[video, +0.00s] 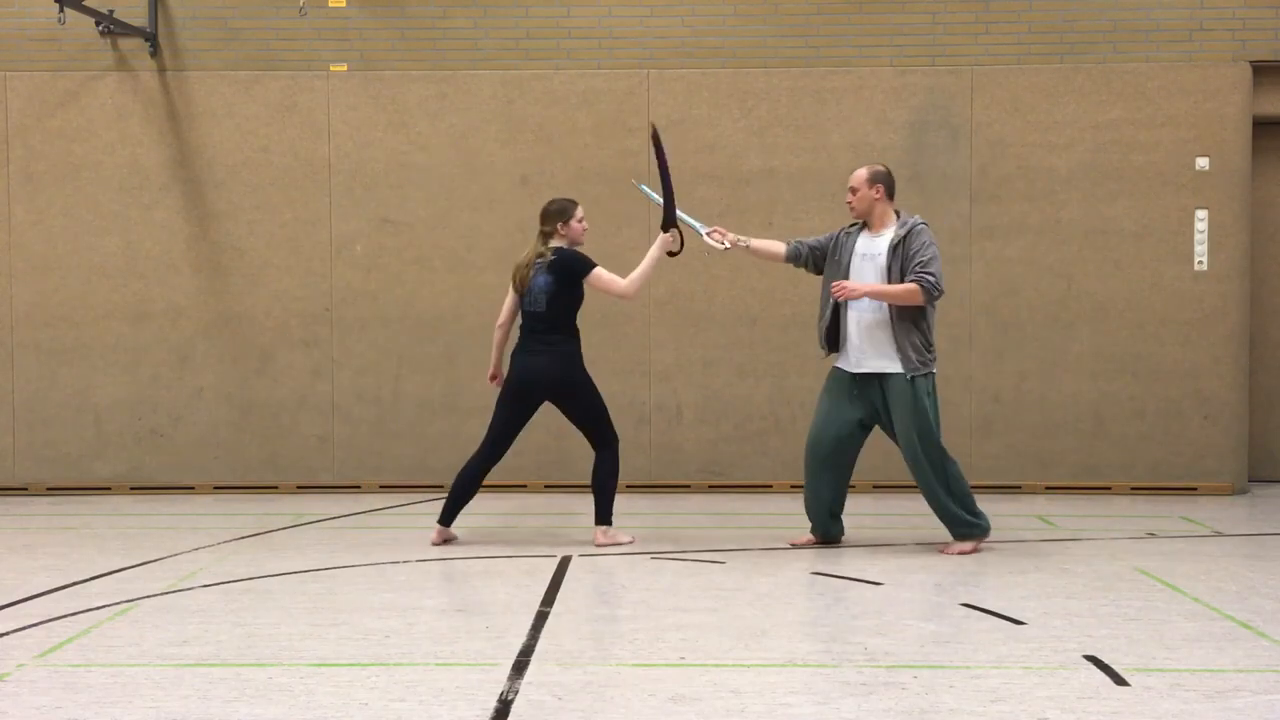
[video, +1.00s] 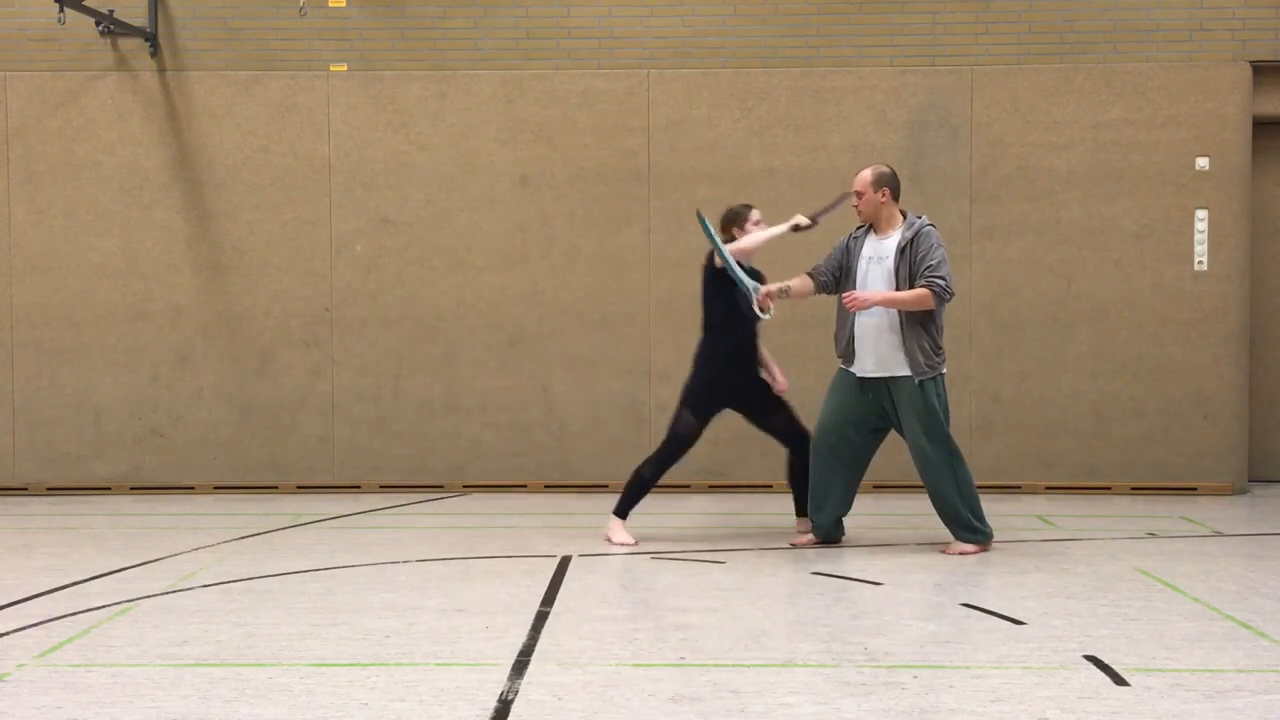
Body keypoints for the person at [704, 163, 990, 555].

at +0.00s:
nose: (847, 199)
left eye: (853, 191)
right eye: (847, 192)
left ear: (879, 193)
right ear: (872, 195)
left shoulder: (914, 234)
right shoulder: (845, 240)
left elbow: (927, 290)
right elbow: (795, 251)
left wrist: (866, 290)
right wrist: (737, 241)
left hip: (902, 371)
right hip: (849, 370)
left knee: (925, 454)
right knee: (823, 448)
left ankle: (971, 531)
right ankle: (825, 530)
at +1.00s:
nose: (853, 203)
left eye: (859, 196)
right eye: (853, 196)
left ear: (884, 196)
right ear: (876, 197)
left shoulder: (921, 235)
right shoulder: (854, 243)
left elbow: (937, 293)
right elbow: (820, 279)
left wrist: (877, 297)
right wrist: (779, 289)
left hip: (912, 373)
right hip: (859, 372)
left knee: (935, 453)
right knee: (829, 441)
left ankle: (974, 535)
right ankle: (826, 529)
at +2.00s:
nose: (866, 215)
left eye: (870, 208)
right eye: (863, 208)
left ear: (896, 203)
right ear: (888, 205)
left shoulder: (936, 240)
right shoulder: (869, 245)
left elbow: (953, 300)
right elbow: (845, 296)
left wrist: (898, 302)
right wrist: (815, 320)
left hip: (916, 371)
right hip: (867, 371)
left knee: (920, 453)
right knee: (839, 443)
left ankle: (975, 527)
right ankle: (826, 527)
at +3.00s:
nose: (997, 223)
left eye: (998, 215)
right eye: (995, 216)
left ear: (1017, 207)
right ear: (1028, 206)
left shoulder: (1027, 243)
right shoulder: (1071, 235)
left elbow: (1018, 305)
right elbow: (1076, 295)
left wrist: (962, 299)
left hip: (1050, 372)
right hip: (1095, 366)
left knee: (995, 443)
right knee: (1114, 446)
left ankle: (988, 538)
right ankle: (1166, 524)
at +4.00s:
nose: (1057, 204)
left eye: (1061, 197)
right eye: (1057, 197)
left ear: (1085, 194)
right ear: (1091, 195)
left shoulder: (1090, 235)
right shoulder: (1120, 230)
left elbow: (1033, 266)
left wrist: (1041, 225)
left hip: (1085, 370)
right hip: (1124, 368)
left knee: (1040, 445)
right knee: (1130, 449)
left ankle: (1016, 537)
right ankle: (1172, 534)